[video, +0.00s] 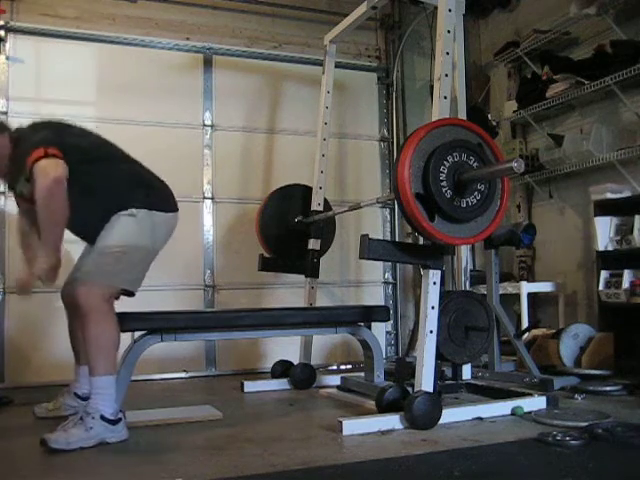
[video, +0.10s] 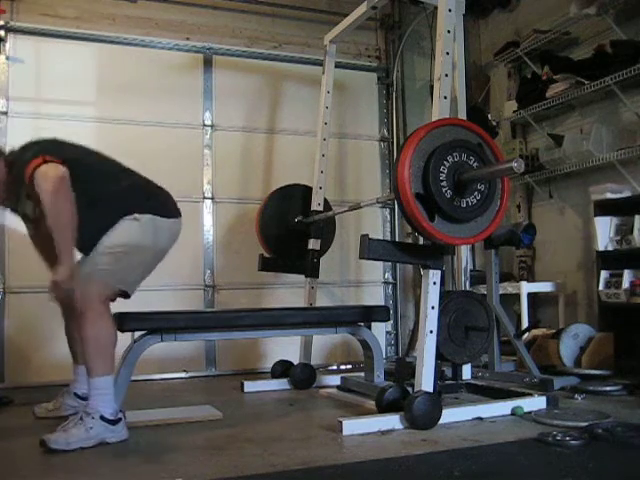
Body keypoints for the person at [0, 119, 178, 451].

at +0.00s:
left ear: (4, 141)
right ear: (6, 141)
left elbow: (52, 178)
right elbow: (28, 219)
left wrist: (51, 255)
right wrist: (29, 268)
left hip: (143, 208)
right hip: (119, 215)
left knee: (92, 294)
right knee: (73, 293)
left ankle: (106, 415)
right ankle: (84, 395)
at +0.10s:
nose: (0, 198)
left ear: (2, 169)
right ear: (4, 170)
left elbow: (56, 179)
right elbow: (40, 235)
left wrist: (65, 263)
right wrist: (60, 271)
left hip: (147, 216)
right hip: (123, 220)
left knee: (90, 294)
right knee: (71, 292)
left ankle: (105, 415)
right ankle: (82, 395)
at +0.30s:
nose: (3, 227)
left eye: (1, 219)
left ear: (4, 194)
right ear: (5, 192)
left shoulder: (34, 189)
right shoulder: (25, 211)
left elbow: (76, 217)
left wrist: (110, 285)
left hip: (154, 238)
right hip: (132, 240)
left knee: (72, 295)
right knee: (61, 295)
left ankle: (104, 415)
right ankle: (80, 395)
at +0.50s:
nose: (11, 221)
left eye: (4, 212)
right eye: (4, 217)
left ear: (9, 188)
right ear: (11, 185)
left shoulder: (55, 187)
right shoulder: (45, 192)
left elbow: (85, 233)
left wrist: (71, 303)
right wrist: (69, 288)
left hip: (158, 254)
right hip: (139, 252)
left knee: (72, 301)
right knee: (62, 296)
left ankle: (103, 415)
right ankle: (81, 393)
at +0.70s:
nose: (40, 201)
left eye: (36, 192)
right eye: (33, 197)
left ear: (48, 167)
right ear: (49, 166)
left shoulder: (88, 181)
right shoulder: (80, 181)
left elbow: (91, 238)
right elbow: (85, 241)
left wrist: (31, 287)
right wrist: (32, 285)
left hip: (165, 271)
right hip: (148, 269)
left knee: (75, 297)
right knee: (64, 295)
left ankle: (103, 416)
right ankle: (83, 393)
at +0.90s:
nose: (72, 177)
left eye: (72, 167)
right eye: (68, 171)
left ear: (91, 150)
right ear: (92, 151)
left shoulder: (126, 174)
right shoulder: (112, 179)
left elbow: (92, 232)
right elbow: (77, 241)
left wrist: (25, 247)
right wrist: (20, 249)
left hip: (173, 279)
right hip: (152, 278)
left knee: (80, 294)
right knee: (69, 294)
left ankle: (105, 416)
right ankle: (83, 393)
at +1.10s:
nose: (99, 153)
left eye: (101, 144)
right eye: (98, 145)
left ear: (120, 139)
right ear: (124, 140)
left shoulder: (151, 168)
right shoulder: (140, 169)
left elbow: (78, 214)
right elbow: (79, 217)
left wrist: (26, 208)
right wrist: (26, 208)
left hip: (173, 279)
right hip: (153, 276)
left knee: (80, 296)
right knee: (67, 296)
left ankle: (104, 415)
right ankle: (82, 394)